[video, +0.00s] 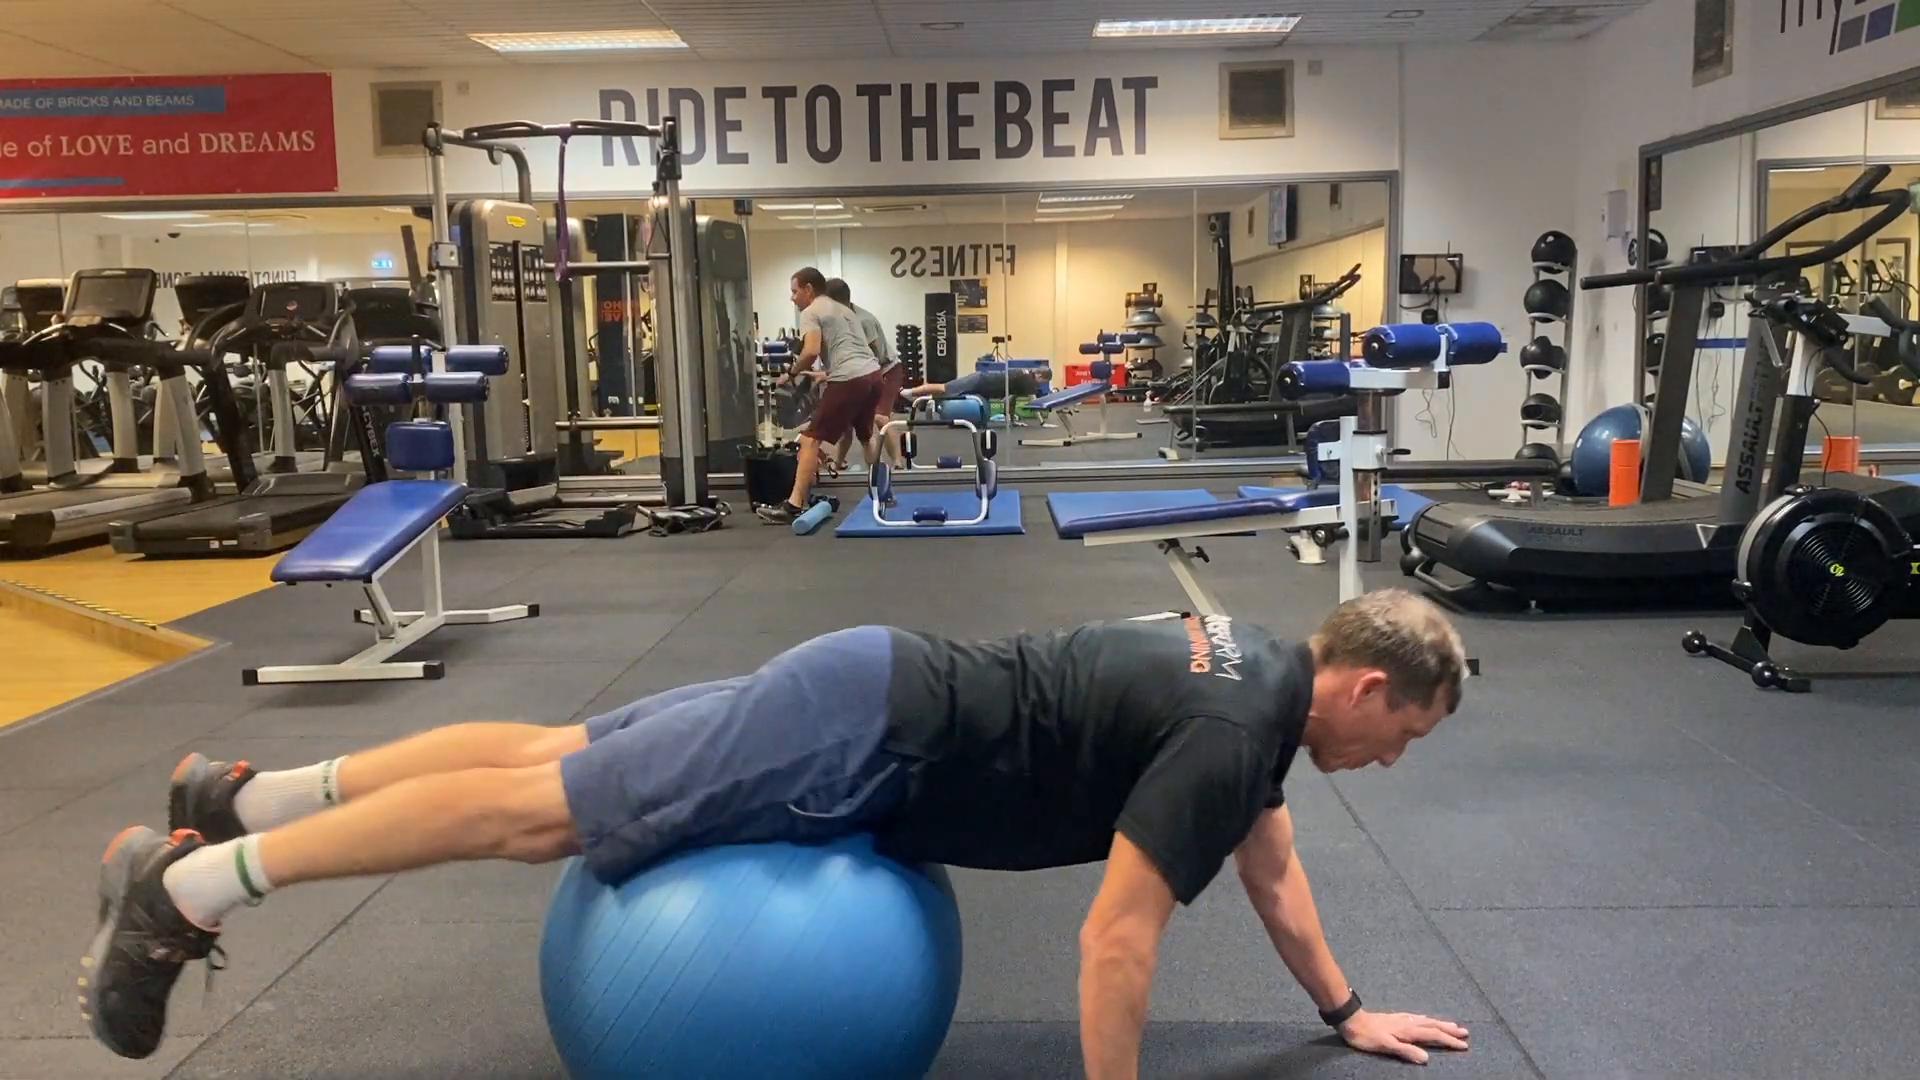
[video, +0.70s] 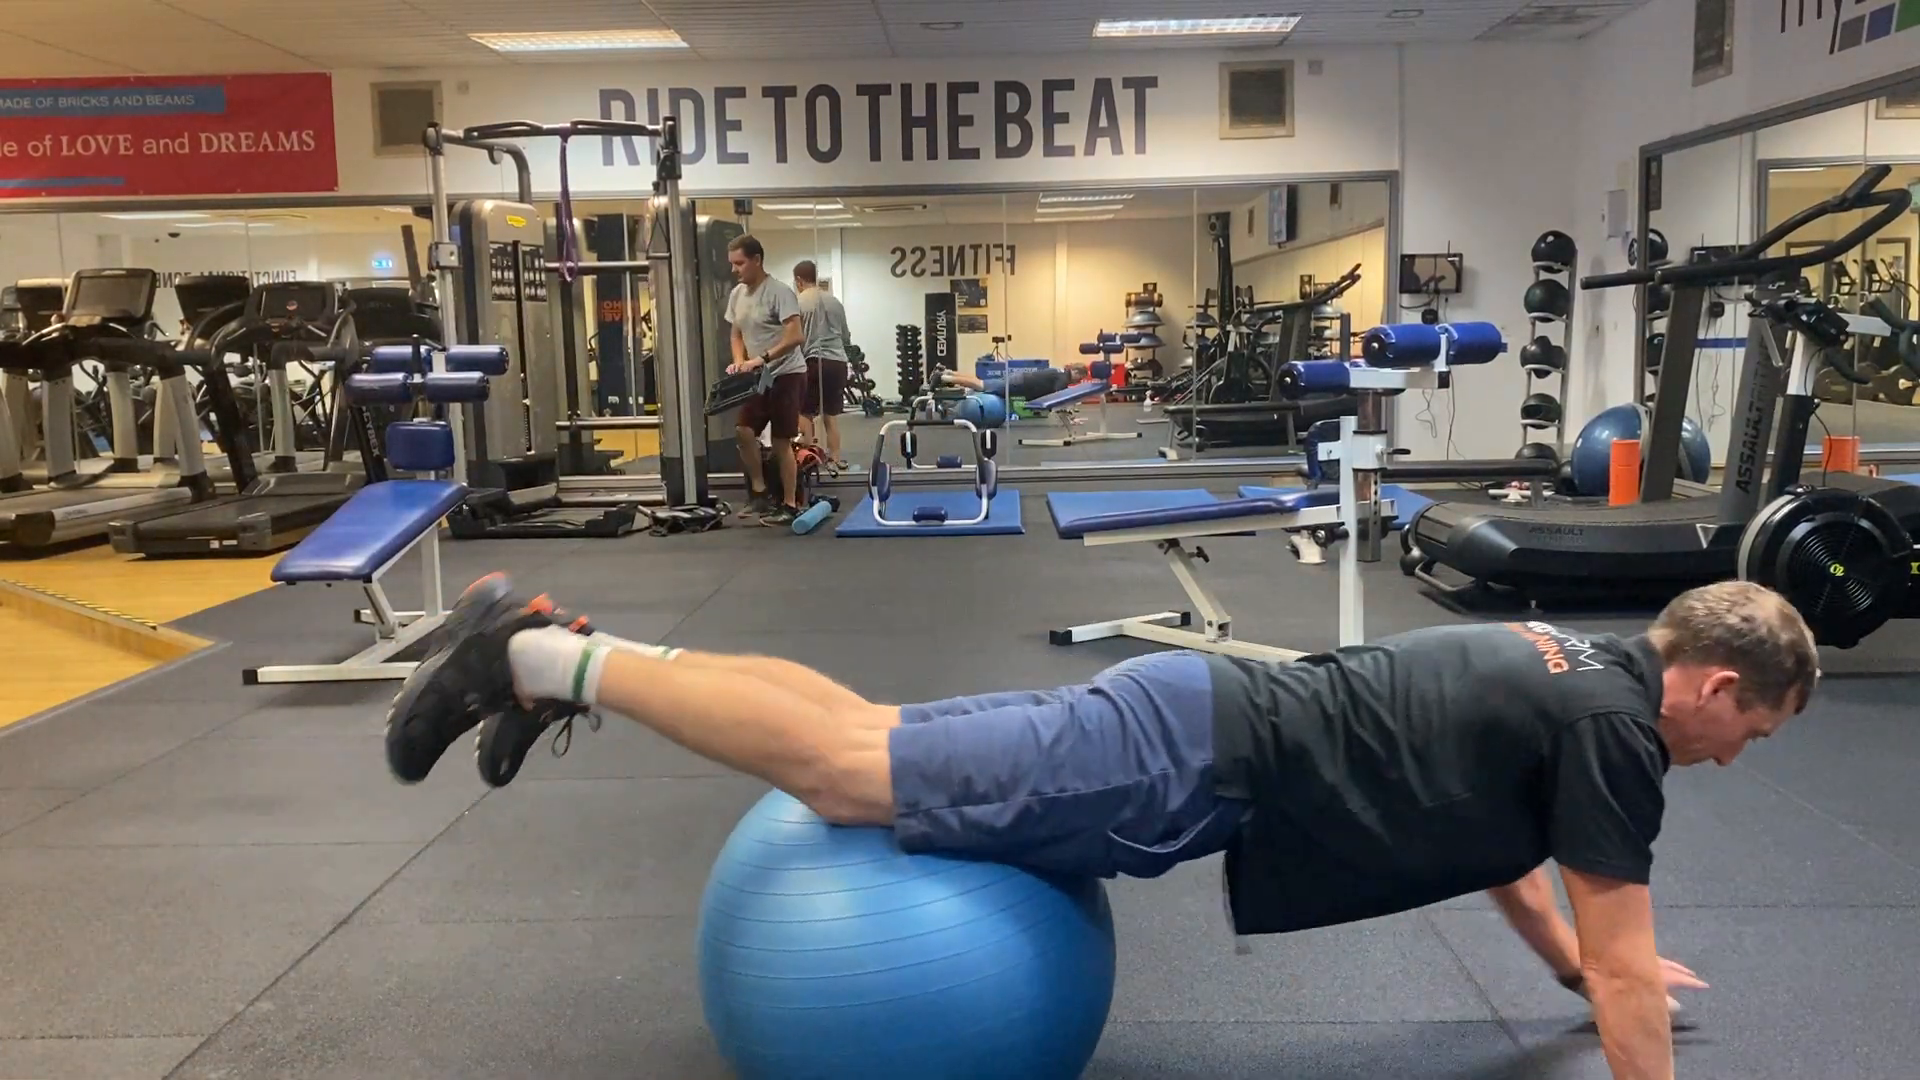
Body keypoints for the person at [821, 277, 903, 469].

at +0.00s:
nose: (830, 306)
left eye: (831, 301)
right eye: (829, 302)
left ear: (841, 299)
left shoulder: (863, 318)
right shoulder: (838, 320)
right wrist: (826, 371)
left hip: (889, 367)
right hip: (866, 369)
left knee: (880, 416)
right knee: (848, 419)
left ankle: (898, 461)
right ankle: (839, 463)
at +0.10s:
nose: (818, 294)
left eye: (820, 290)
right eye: (818, 290)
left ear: (830, 290)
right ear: (837, 289)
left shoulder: (850, 311)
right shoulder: (837, 310)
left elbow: (860, 349)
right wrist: (812, 367)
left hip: (879, 367)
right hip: (861, 368)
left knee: (873, 415)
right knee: (843, 416)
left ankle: (897, 462)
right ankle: (838, 462)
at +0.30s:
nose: (811, 284)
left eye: (812, 280)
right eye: (811, 280)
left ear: (819, 281)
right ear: (832, 281)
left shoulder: (828, 303)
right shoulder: (840, 301)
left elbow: (832, 340)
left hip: (850, 363)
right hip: (853, 361)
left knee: (852, 417)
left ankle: (888, 456)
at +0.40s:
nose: (807, 285)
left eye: (808, 280)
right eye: (807, 280)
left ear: (815, 279)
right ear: (828, 279)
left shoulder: (818, 302)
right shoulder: (841, 302)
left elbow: (818, 339)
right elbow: (847, 336)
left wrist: (814, 363)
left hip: (839, 362)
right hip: (854, 360)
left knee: (829, 417)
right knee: (836, 417)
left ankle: (871, 439)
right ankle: (835, 462)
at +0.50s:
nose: (803, 285)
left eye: (803, 281)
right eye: (802, 281)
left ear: (811, 279)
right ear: (825, 279)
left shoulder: (812, 302)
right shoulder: (841, 302)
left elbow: (811, 337)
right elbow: (850, 335)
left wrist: (810, 362)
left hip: (831, 361)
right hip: (851, 362)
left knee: (812, 413)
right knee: (835, 416)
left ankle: (853, 434)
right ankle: (836, 462)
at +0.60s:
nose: (799, 286)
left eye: (799, 281)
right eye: (799, 281)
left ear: (806, 279)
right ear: (819, 278)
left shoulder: (806, 301)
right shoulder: (838, 302)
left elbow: (805, 337)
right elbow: (849, 335)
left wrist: (802, 359)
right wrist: (836, 347)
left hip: (822, 360)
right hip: (845, 360)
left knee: (809, 408)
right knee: (833, 414)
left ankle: (829, 438)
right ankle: (835, 461)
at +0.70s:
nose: (796, 284)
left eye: (795, 281)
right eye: (796, 281)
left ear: (799, 280)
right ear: (815, 278)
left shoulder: (798, 303)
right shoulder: (834, 301)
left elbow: (796, 337)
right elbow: (846, 335)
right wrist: (839, 350)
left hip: (810, 363)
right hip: (837, 363)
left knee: (805, 415)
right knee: (831, 418)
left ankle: (807, 460)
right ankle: (835, 462)